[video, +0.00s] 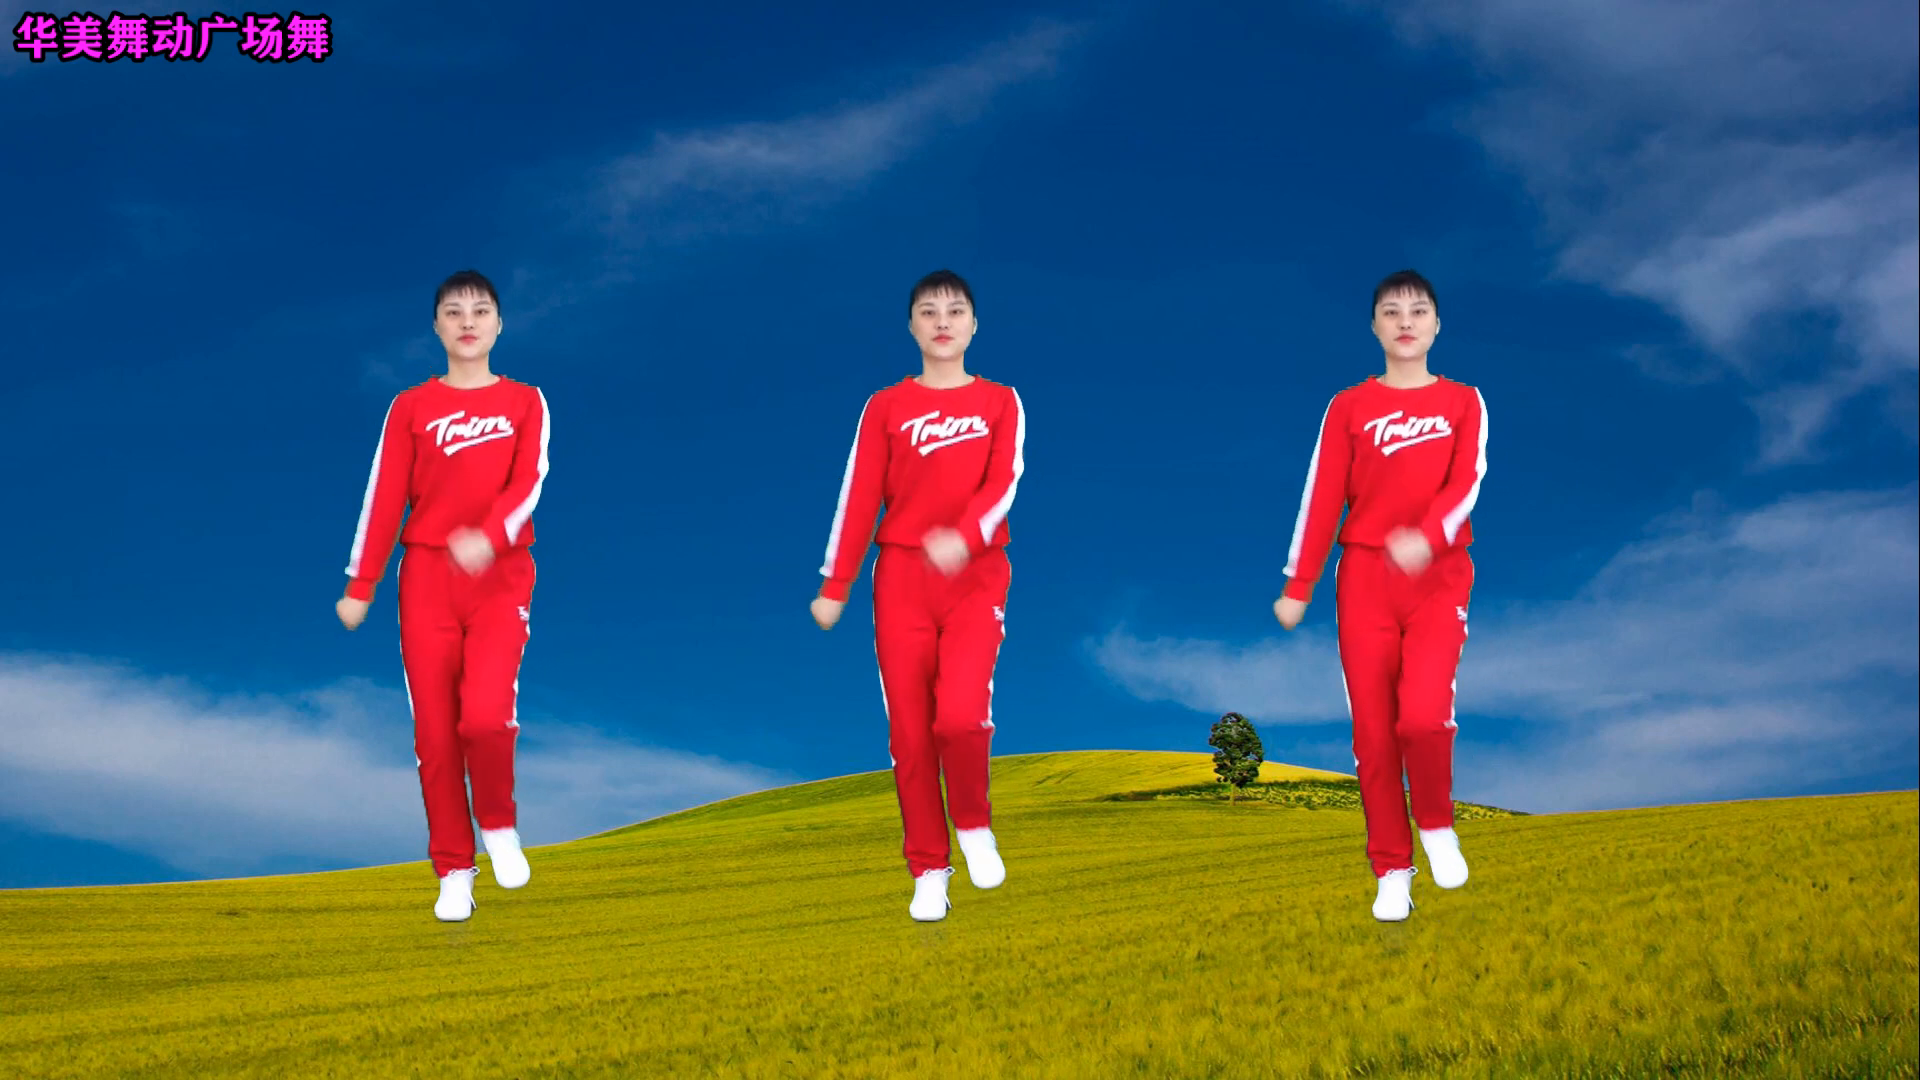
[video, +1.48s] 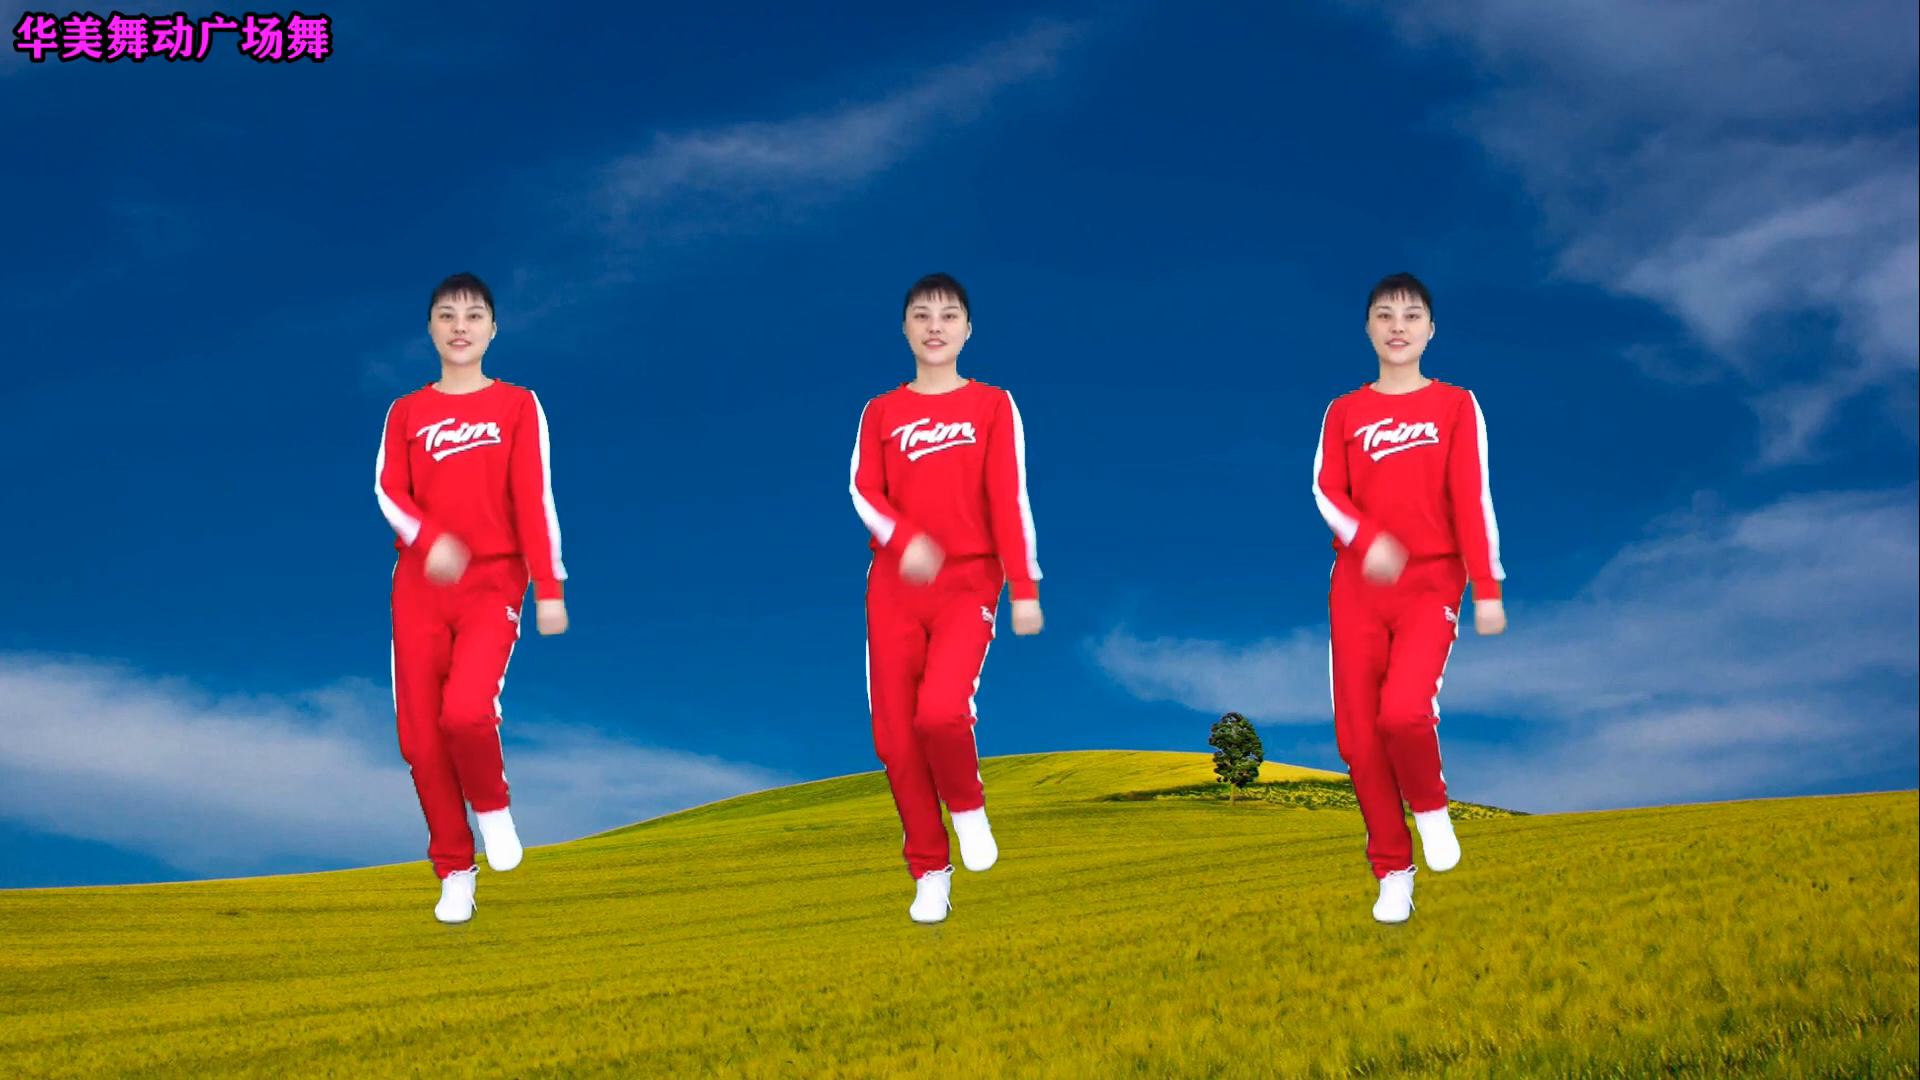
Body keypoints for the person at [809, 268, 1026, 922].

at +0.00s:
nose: (942, 322)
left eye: (954, 312)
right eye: (930, 313)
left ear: (972, 323)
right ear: (913, 325)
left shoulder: (1001, 401)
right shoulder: (884, 407)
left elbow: (1005, 484)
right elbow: (859, 499)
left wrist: (965, 534)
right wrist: (836, 585)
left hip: (976, 580)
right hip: (902, 580)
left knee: (960, 720)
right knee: (909, 729)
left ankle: (973, 823)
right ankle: (927, 865)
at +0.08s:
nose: (941, 327)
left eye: (953, 318)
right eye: (928, 318)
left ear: (969, 330)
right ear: (911, 330)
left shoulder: (998, 407)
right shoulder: (882, 411)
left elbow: (1005, 501)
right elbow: (866, 498)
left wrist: (1002, 585)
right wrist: (885, 570)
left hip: (972, 583)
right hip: (901, 584)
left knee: (946, 715)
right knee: (900, 733)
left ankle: (967, 809)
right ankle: (927, 866)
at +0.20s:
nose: (939, 310)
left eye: (952, 300)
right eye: (927, 300)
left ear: (969, 312)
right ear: (909, 312)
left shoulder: (996, 389)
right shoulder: (879, 392)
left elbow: (1036, 477)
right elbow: (841, 471)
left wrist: (1055, 565)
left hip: (974, 565)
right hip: (899, 566)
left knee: (948, 709)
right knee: (906, 721)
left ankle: (963, 818)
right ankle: (929, 862)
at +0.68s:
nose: (946, 322)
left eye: (959, 311)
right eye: (933, 312)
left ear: (976, 321)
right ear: (917, 323)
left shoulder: (1007, 399)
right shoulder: (890, 403)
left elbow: (1051, 485)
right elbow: (884, 487)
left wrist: (1092, 567)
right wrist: (908, 555)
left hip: (998, 574)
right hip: (922, 575)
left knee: (988, 727)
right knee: (935, 721)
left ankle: (970, 868)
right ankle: (933, 837)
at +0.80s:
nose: (948, 327)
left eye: (959, 316)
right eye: (934, 317)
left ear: (977, 325)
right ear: (919, 329)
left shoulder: (1009, 406)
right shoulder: (894, 410)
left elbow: (1029, 495)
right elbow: (874, 504)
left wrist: (1014, 568)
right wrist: (862, 592)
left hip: (998, 578)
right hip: (922, 579)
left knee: (997, 729)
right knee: (950, 703)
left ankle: (971, 869)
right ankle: (937, 805)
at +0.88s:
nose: (947, 313)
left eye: (958, 302)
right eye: (934, 304)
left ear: (977, 312)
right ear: (917, 318)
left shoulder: (1009, 390)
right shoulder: (893, 399)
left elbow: (1038, 474)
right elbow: (853, 485)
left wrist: (987, 498)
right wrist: (824, 569)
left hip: (999, 570)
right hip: (922, 570)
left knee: (991, 722)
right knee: (950, 697)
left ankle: (972, 867)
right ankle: (941, 806)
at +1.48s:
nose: (935, 326)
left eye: (948, 316)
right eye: (923, 316)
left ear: (966, 327)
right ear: (906, 329)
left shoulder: (994, 404)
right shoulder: (880, 411)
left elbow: (1010, 498)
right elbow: (864, 493)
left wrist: (1024, 589)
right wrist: (903, 538)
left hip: (968, 585)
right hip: (893, 588)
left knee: (939, 715)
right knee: (892, 735)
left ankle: (966, 808)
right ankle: (929, 866)